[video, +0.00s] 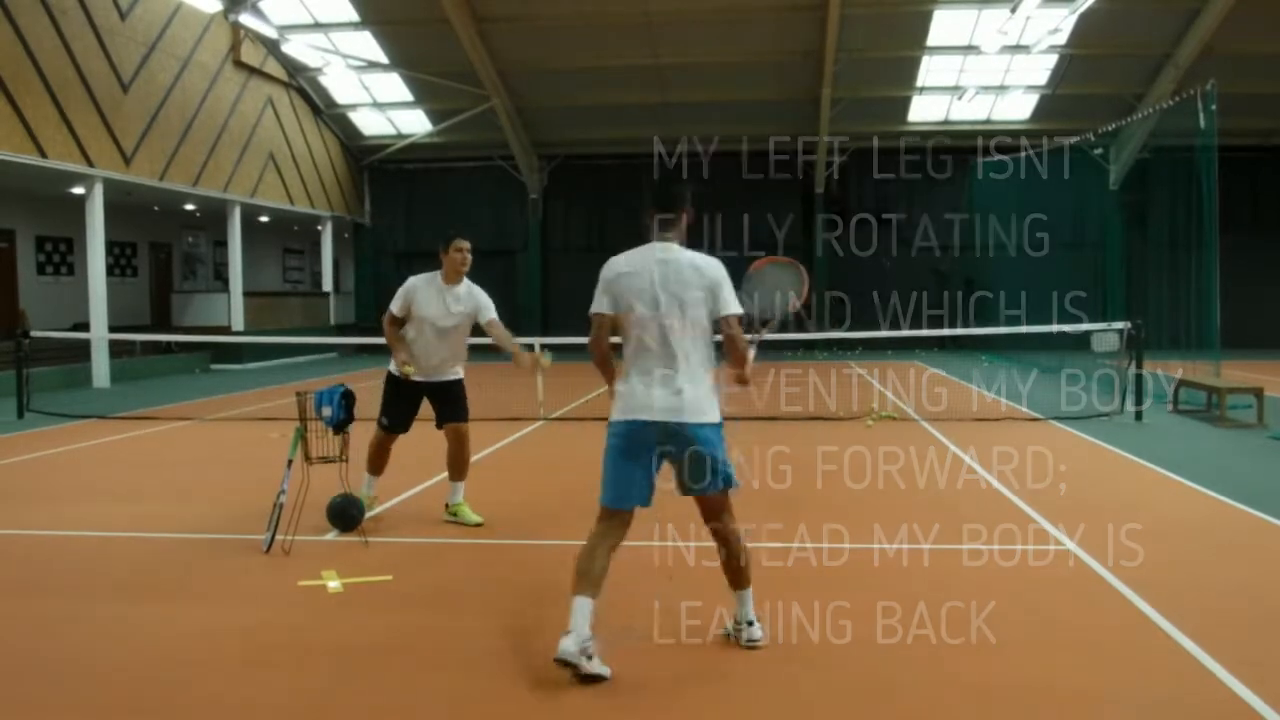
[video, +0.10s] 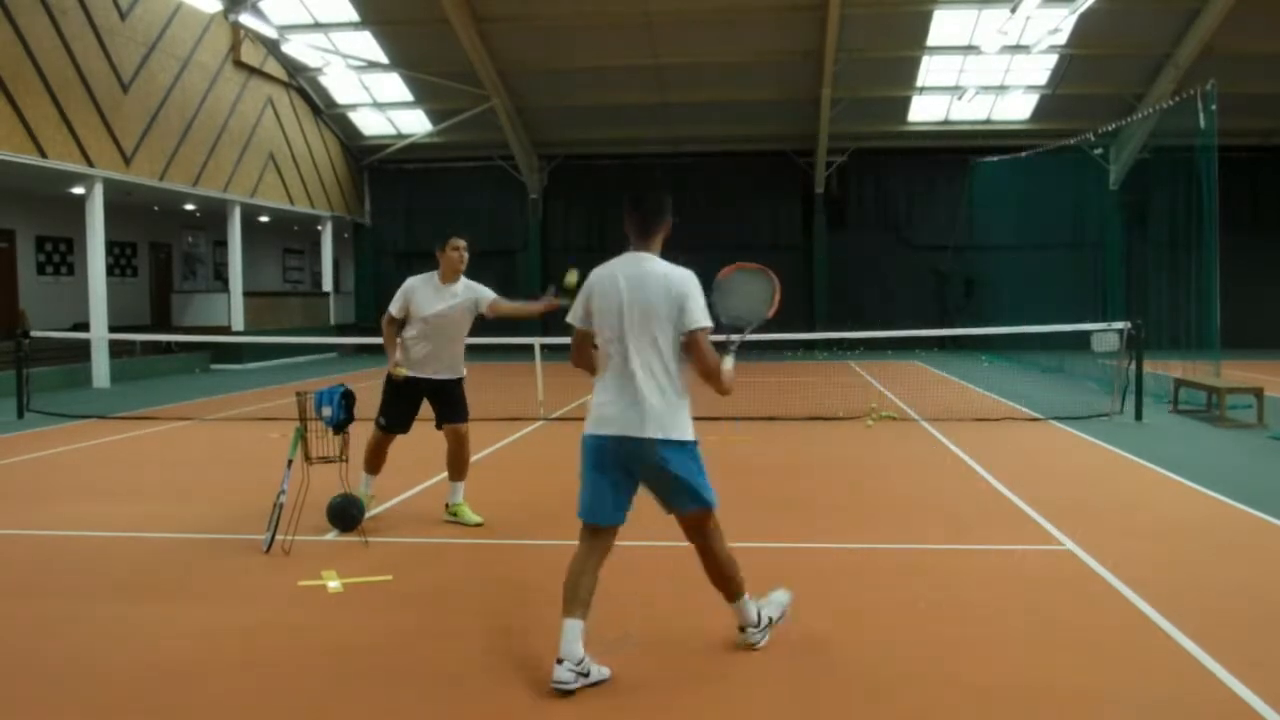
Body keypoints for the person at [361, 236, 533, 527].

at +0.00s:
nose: (465, 257)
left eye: (468, 252)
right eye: (459, 251)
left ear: (471, 259)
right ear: (444, 256)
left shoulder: (475, 296)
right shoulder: (415, 286)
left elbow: (496, 329)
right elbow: (390, 323)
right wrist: (400, 354)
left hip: (448, 376)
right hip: (407, 373)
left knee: (459, 433)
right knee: (386, 434)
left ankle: (456, 503)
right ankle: (367, 494)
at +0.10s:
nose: (462, 255)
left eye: (465, 250)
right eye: (456, 249)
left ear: (468, 257)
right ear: (440, 255)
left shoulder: (473, 291)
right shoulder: (414, 286)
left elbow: (500, 307)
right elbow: (390, 321)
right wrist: (393, 360)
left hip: (448, 378)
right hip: (407, 374)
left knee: (459, 434)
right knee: (382, 436)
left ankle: (456, 503)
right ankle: (365, 493)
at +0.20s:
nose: (455, 253)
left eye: (458, 248)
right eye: (449, 247)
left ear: (461, 255)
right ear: (433, 253)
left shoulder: (468, 288)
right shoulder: (408, 286)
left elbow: (505, 295)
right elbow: (386, 324)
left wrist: (533, 278)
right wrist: (389, 361)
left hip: (444, 375)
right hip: (403, 372)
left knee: (457, 434)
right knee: (379, 433)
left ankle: (455, 502)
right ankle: (357, 490)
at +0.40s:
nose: (427, 252)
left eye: (429, 248)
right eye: (420, 247)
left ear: (433, 255)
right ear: (404, 255)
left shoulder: (447, 290)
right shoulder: (386, 292)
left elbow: (482, 327)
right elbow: (365, 335)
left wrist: (486, 303)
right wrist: (373, 368)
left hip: (433, 381)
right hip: (392, 383)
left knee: (452, 435)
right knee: (373, 444)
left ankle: (455, 503)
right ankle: (341, 485)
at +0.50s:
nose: (409, 251)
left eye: (411, 247)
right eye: (402, 246)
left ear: (415, 254)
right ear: (387, 253)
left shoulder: (429, 290)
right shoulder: (367, 293)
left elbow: (445, 331)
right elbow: (349, 338)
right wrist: (360, 370)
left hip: (421, 380)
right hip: (381, 382)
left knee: (442, 433)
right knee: (364, 443)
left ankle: (454, 502)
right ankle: (338, 487)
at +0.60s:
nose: (391, 248)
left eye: (394, 243)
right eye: (385, 243)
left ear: (397, 249)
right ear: (370, 249)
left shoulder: (409, 287)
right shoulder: (349, 287)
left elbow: (414, 325)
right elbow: (330, 331)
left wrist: (419, 352)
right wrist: (345, 367)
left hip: (404, 377)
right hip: (365, 379)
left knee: (425, 434)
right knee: (348, 441)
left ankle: (451, 498)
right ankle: (335, 496)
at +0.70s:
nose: (378, 245)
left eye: (380, 240)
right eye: (371, 240)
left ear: (383, 246)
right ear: (356, 247)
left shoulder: (392, 283)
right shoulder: (338, 284)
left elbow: (396, 321)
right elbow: (313, 326)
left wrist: (404, 350)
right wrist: (332, 367)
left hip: (391, 375)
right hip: (353, 378)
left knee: (412, 431)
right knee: (341, 439)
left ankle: (432, 493)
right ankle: (334, 495)